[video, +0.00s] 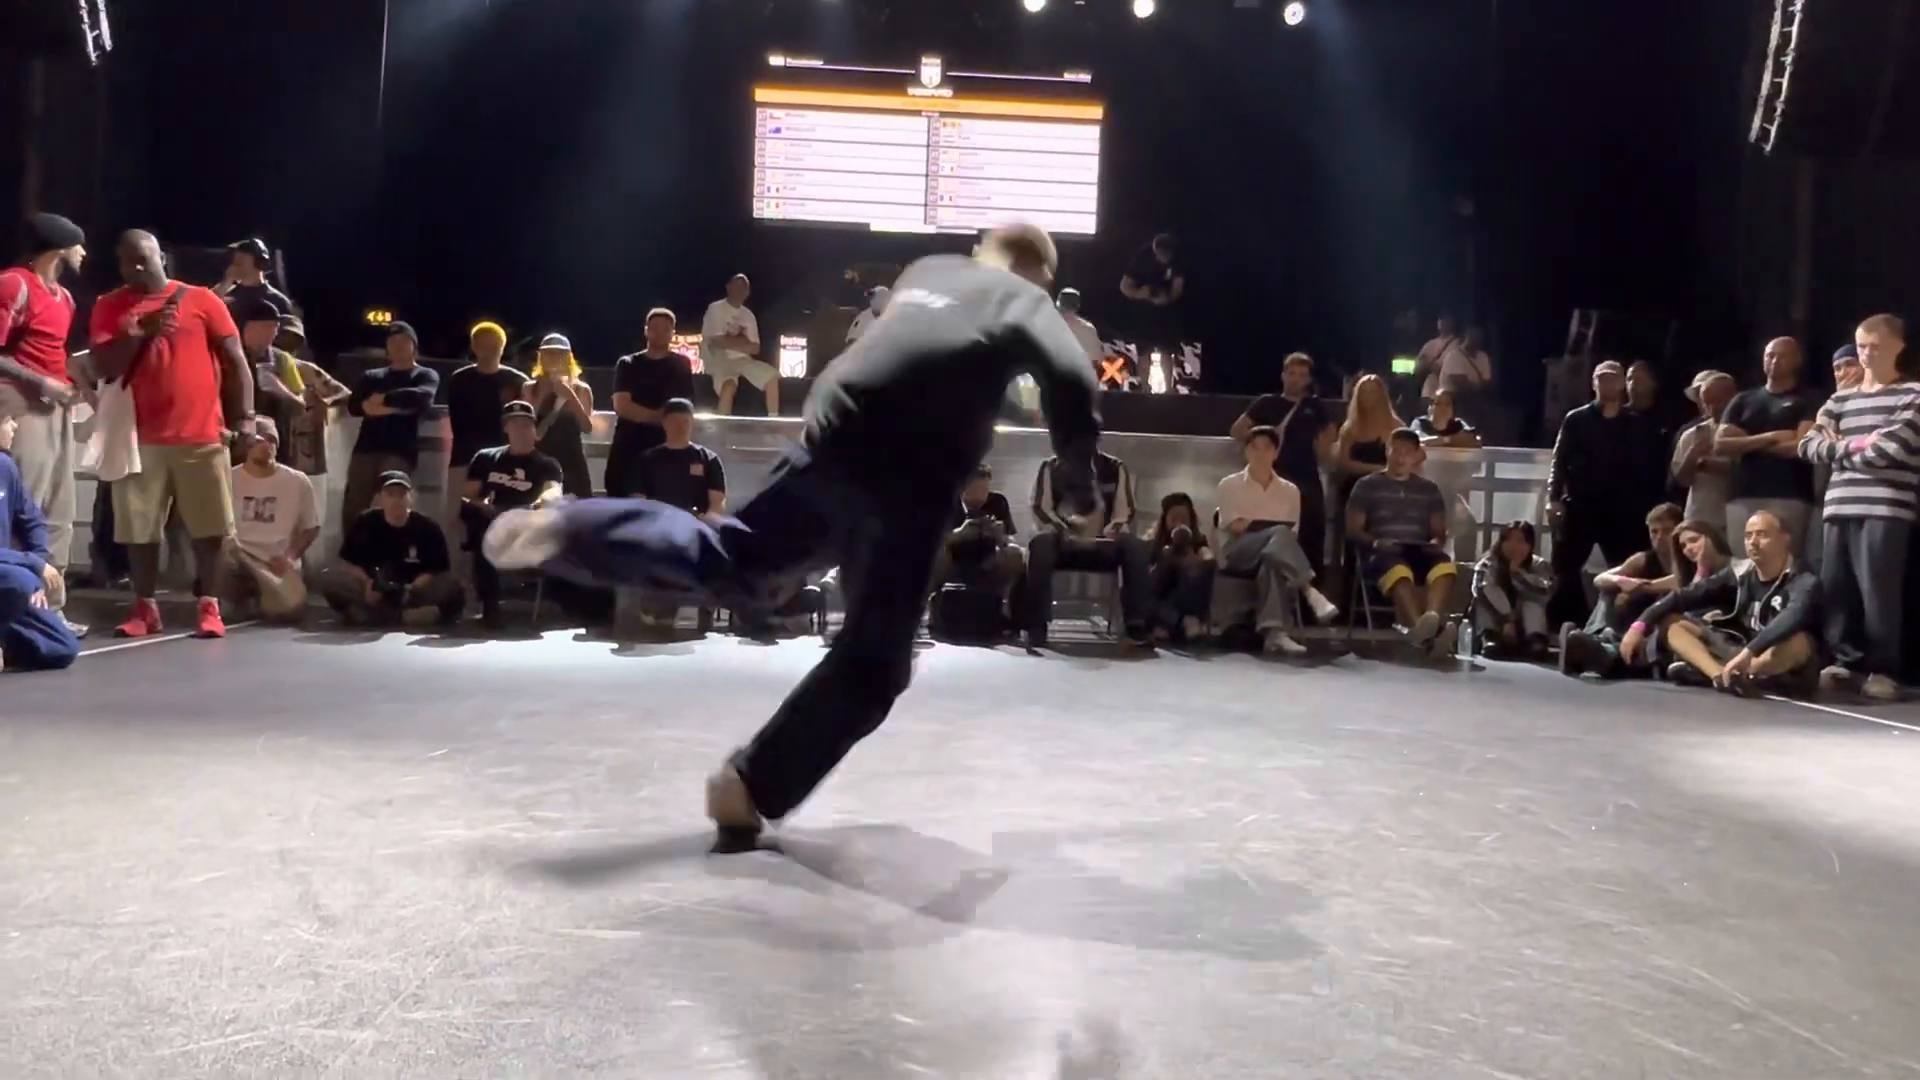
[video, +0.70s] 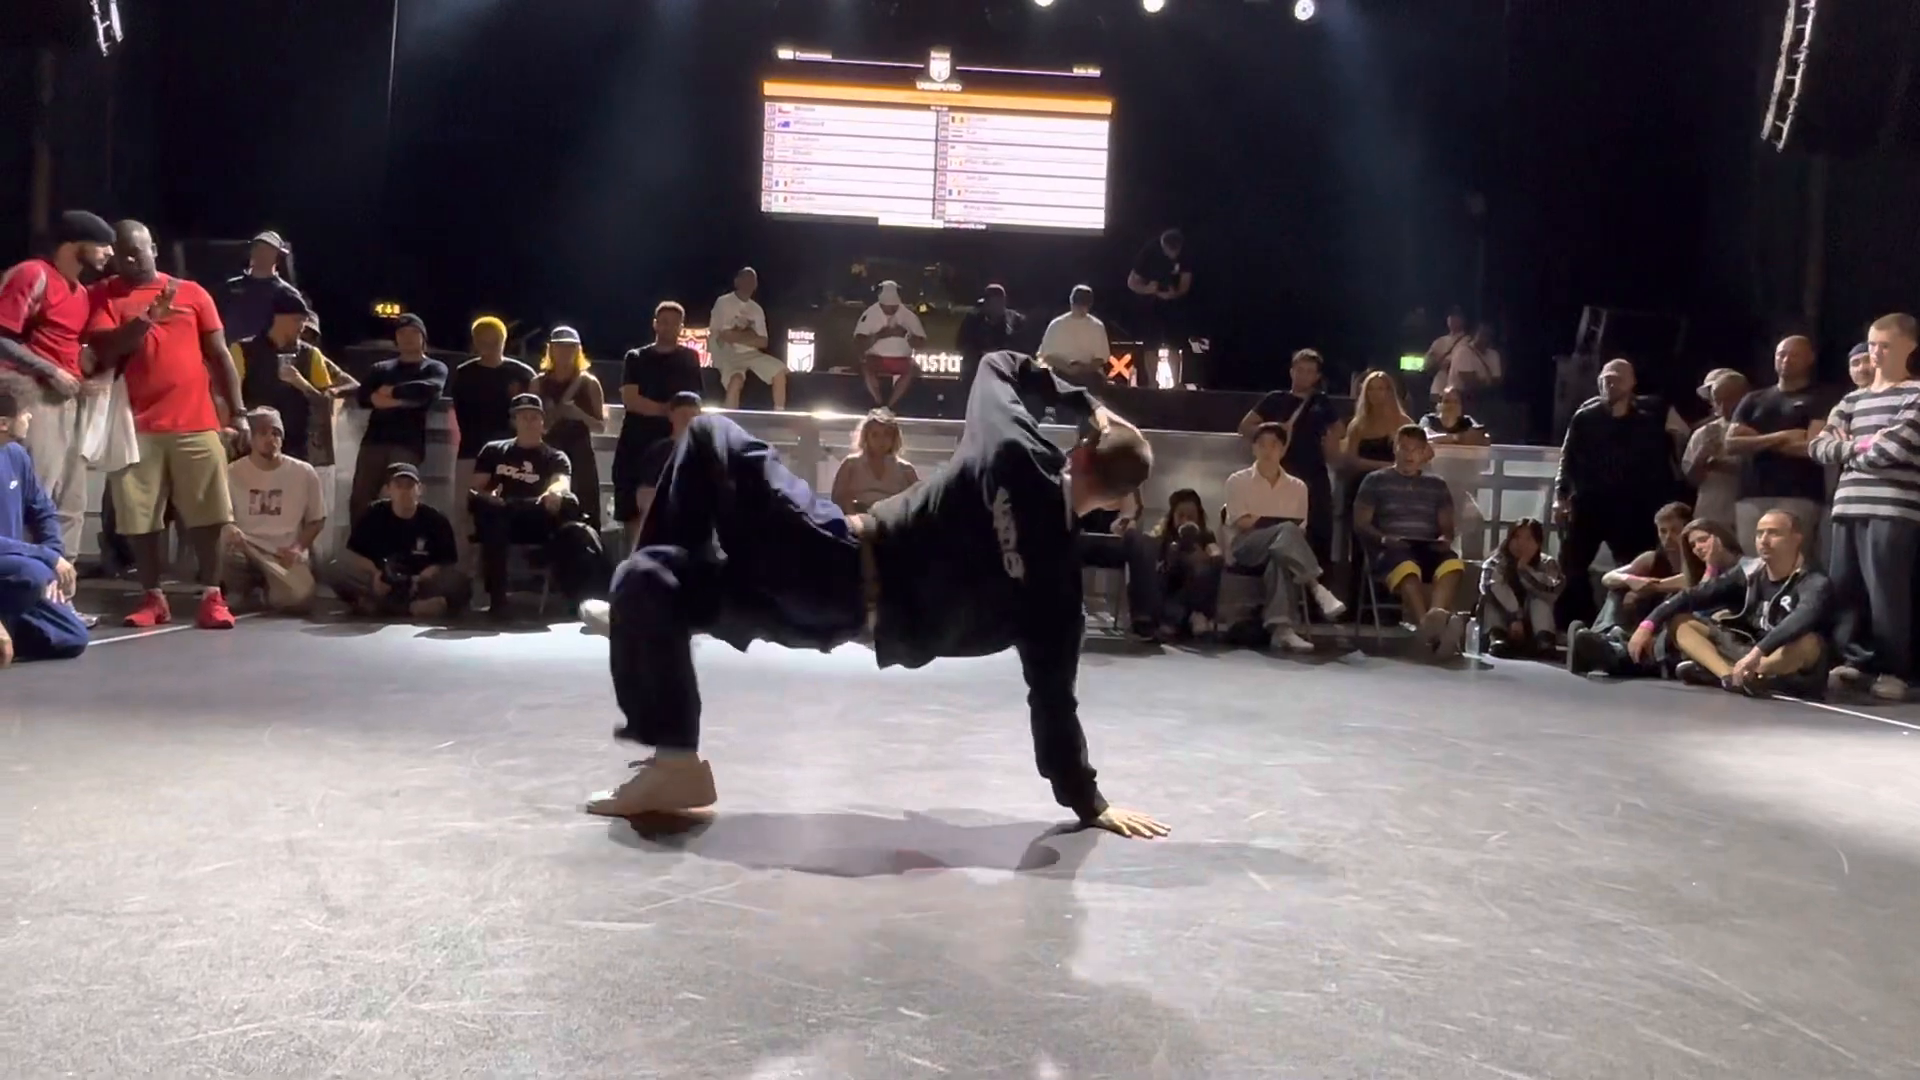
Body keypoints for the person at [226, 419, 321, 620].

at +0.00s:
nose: (267, 445)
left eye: (272, 439)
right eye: (260, 439)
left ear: (277, 444)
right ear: (245, 443)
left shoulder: (298, 481)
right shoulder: (228, 478)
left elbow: (311, 526)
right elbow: (217, 518)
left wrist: (288, 557)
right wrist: (226, 542)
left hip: (277, 562)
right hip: (238, 557)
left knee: (290, 607)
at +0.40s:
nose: (269, 440)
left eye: (274, 435)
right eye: (262, 434)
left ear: (280, 440)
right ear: (249, 440)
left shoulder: (301, 476)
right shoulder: (230, 473)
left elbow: (313, 522)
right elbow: (215, 511)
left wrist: (294, 551)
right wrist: (226, 534)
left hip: (279, 556)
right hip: (240, 551)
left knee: (295, 601)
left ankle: (254, 598)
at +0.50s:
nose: (270, 440)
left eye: (275, 434)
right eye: (263, 434)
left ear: (280, 439)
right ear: (249, 439)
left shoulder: (302, 475)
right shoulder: (231, 473)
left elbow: (314, 521)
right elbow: (219, 507)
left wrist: (296, 550)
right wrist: (227, 529)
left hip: (282, 555)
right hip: (242, 550)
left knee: (296, 600)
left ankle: (258, 595)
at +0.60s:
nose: (270, 440)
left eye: (275, 434)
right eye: (263, 434)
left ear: (281, 438)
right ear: (249, 438)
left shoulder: (303, 473)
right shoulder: (231, 473)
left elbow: (315, 520)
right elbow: (221, 510)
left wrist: (297, 548)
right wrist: (229, 530)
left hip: (284, 554)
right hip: (244, 549)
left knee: (297, 597)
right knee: (228, 560)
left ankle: (259, 595)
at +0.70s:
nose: (271, 439)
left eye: (276, 433)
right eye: (263, 433)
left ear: (282, 437)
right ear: (250, 437)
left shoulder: (304, 473)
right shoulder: (231, 473)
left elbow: (316, 519)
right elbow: (223, 512)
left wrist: (298, 548)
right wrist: (230, 529)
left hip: (286, 554)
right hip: (245, 549)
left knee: (297, 598)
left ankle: (262, 593)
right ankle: (238, 595)